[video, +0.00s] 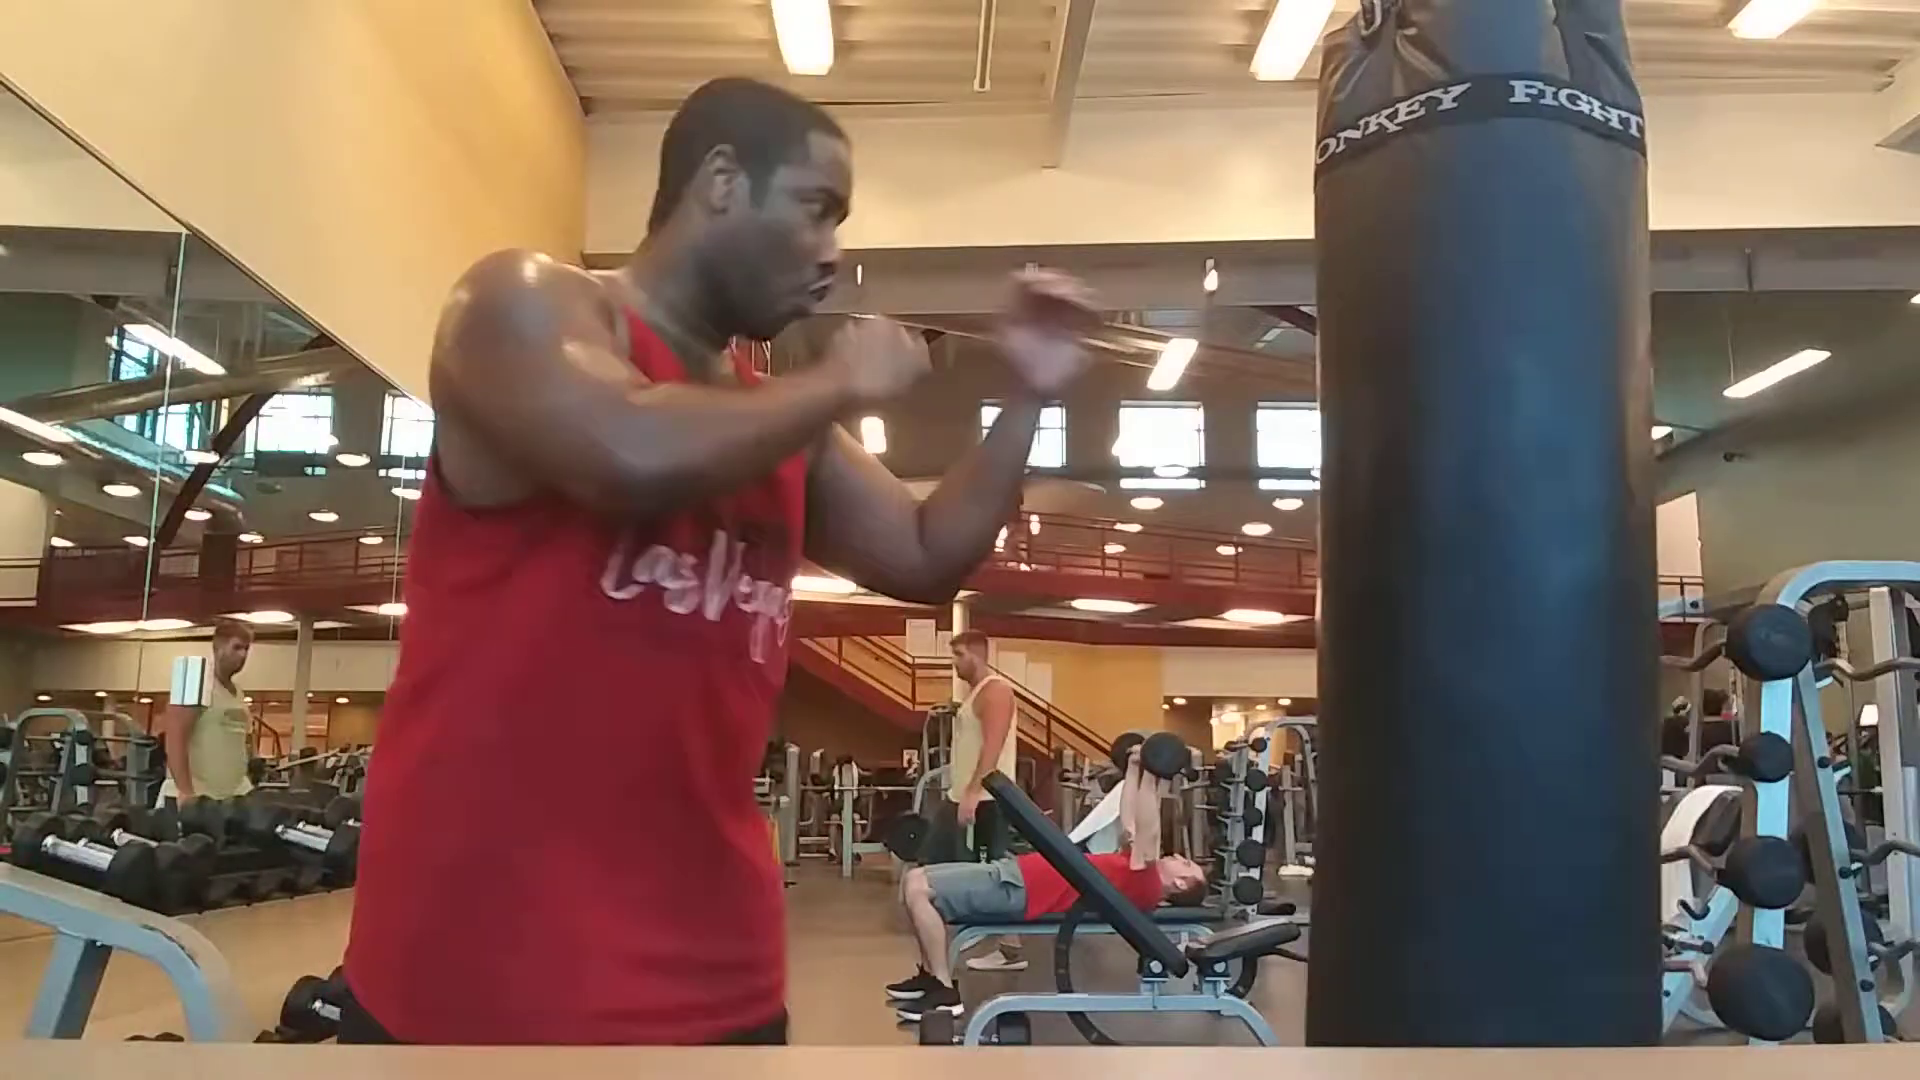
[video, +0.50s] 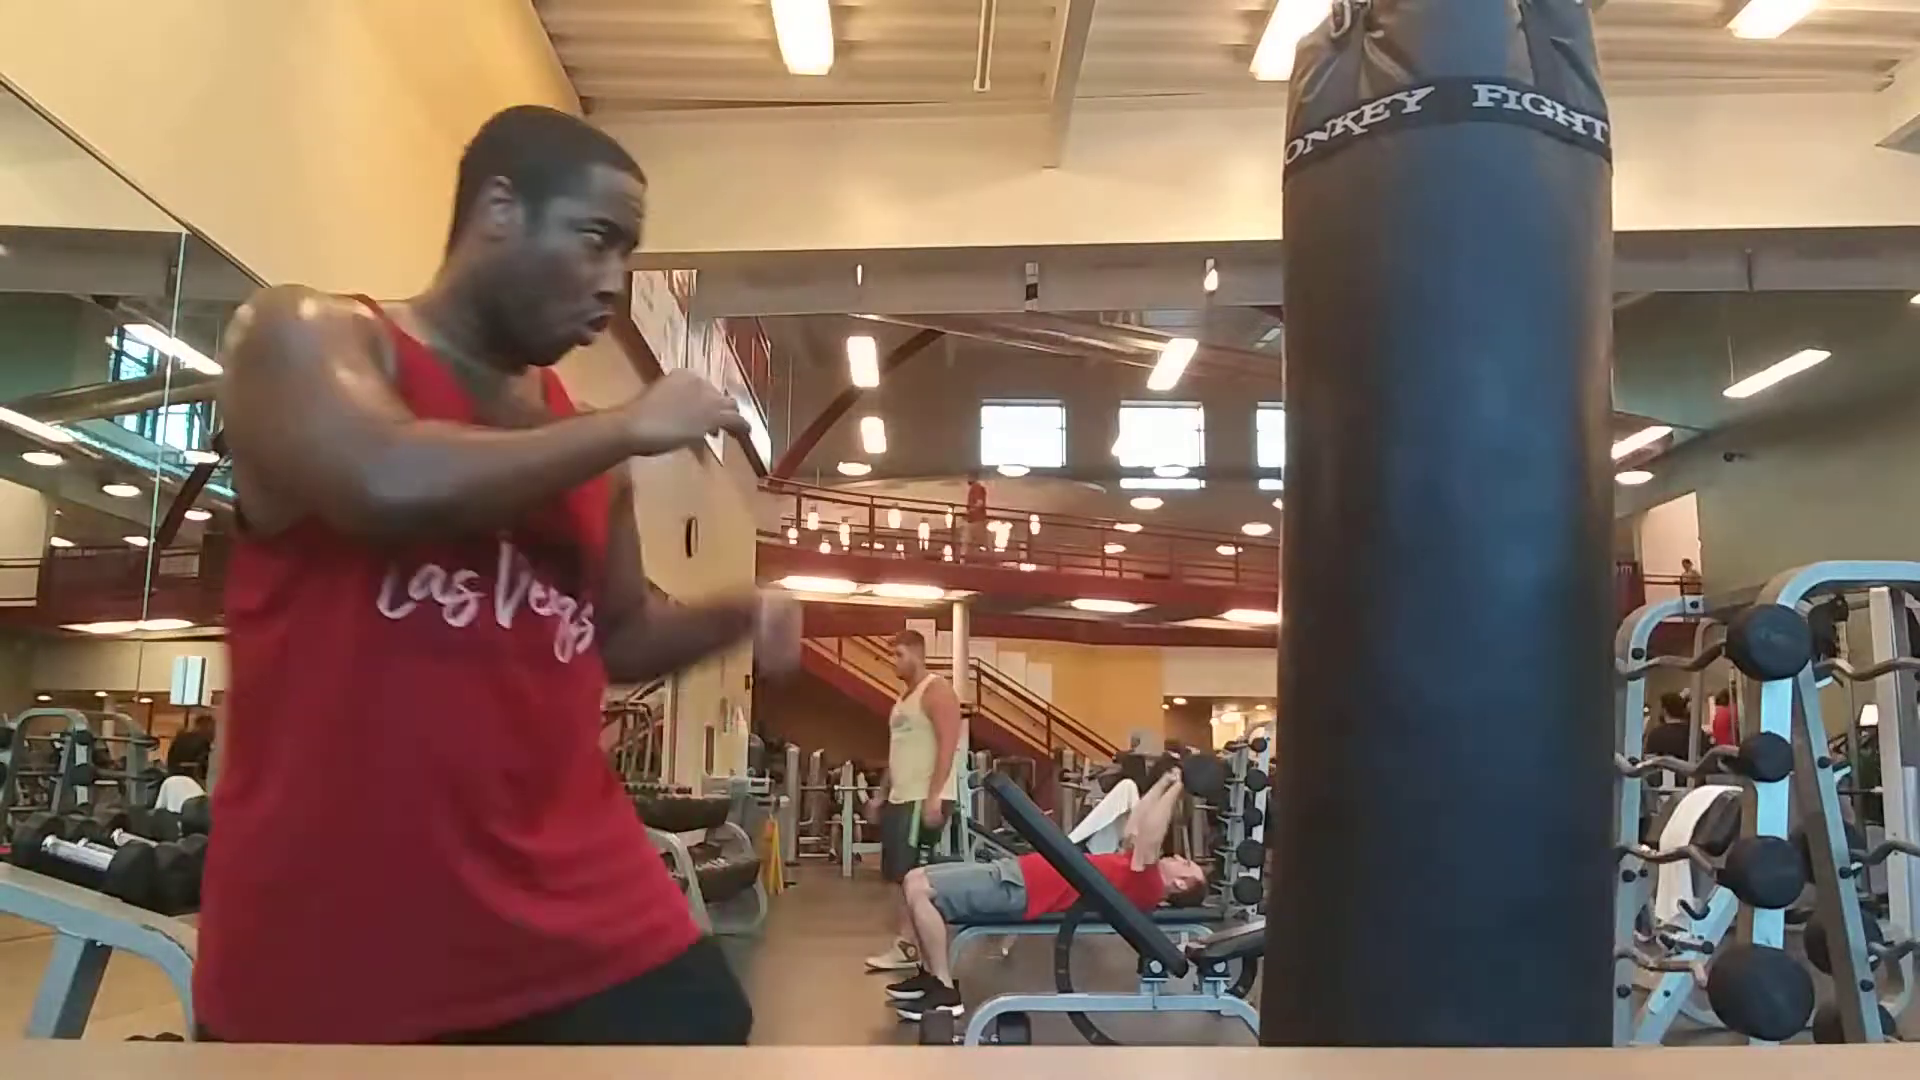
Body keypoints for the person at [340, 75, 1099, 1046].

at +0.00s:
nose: (837, 253)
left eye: (842, 224)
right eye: (819, 210)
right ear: (720, 189)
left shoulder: (781, 411)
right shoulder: (523, 297)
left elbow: (924, 558)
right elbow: (627, 457)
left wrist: (1025, 403)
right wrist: (840, 382)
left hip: (706, 987)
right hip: (494, 985)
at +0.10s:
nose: (798, 261)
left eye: (805, 233)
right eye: (783, 218)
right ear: (685, 191)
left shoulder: (754, 408)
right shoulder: (497, 295)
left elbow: (904, 552)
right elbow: (623, 444)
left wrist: (1069, 454)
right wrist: (818, 356)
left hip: (695, 974)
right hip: (478, 971)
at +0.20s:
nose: (758, 267)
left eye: (765, 239)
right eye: (740, 223)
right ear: (640, 197)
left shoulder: (733, 421)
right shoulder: (457, 305)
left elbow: (819, 604)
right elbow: (588, 435)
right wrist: (775, 353)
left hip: (673, 983)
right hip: (428, 976)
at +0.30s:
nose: (707, 275)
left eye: (715, 248)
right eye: (689, 231)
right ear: (588, 207)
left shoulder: (681, 439)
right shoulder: (409, 318)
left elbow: (735, 646)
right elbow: (512, 450)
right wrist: (729, 373)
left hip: (646, 985)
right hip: (403, 988)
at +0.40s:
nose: (655, 284)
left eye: (664, 255)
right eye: (634, 239)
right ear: (534, 211)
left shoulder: (611, 434)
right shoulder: (342, 328)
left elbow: (647, 652)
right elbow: (436, 470)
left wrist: (762, 678)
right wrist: (666, 413)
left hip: (616, 975)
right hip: (371, 992)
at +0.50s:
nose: (619, 285)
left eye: (629, 255)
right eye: (598, 239)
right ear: (496, 212)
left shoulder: (580, 437)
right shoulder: (301, 330)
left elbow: (622, 637)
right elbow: (382, 483)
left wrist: (739, 614)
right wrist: (622, 428)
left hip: (584, 942)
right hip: (336, 970)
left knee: (707, 1042)